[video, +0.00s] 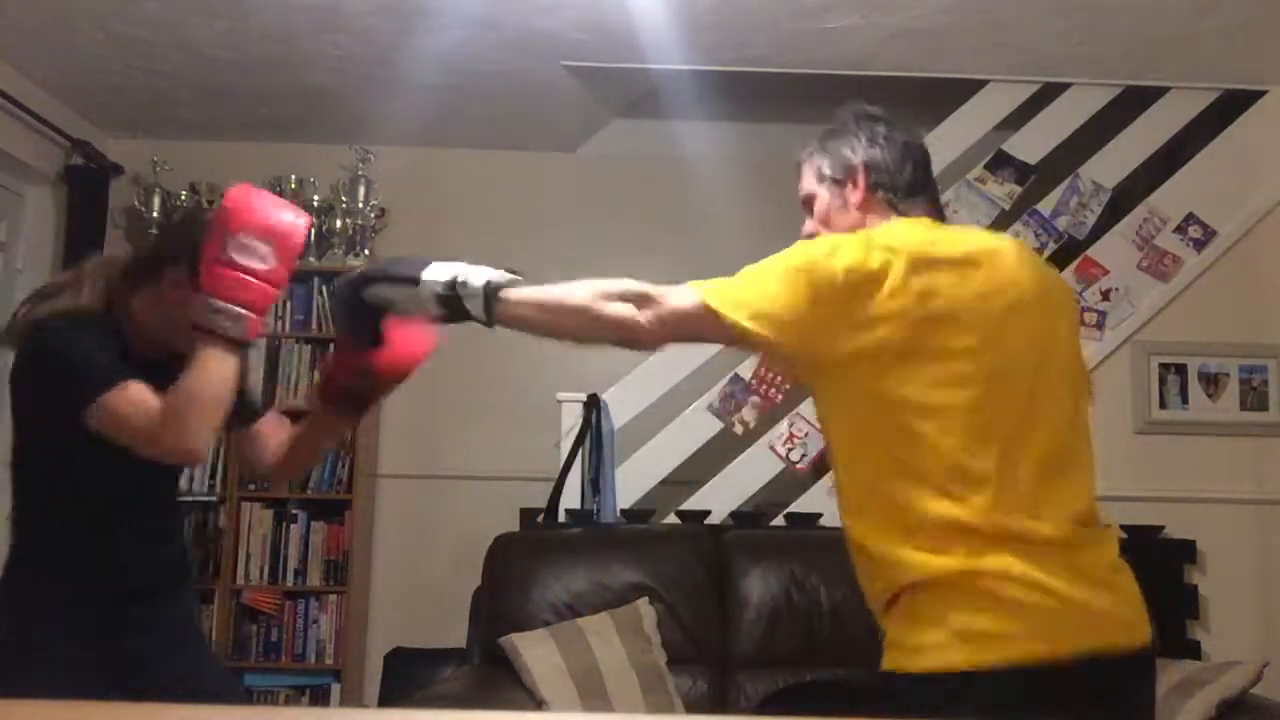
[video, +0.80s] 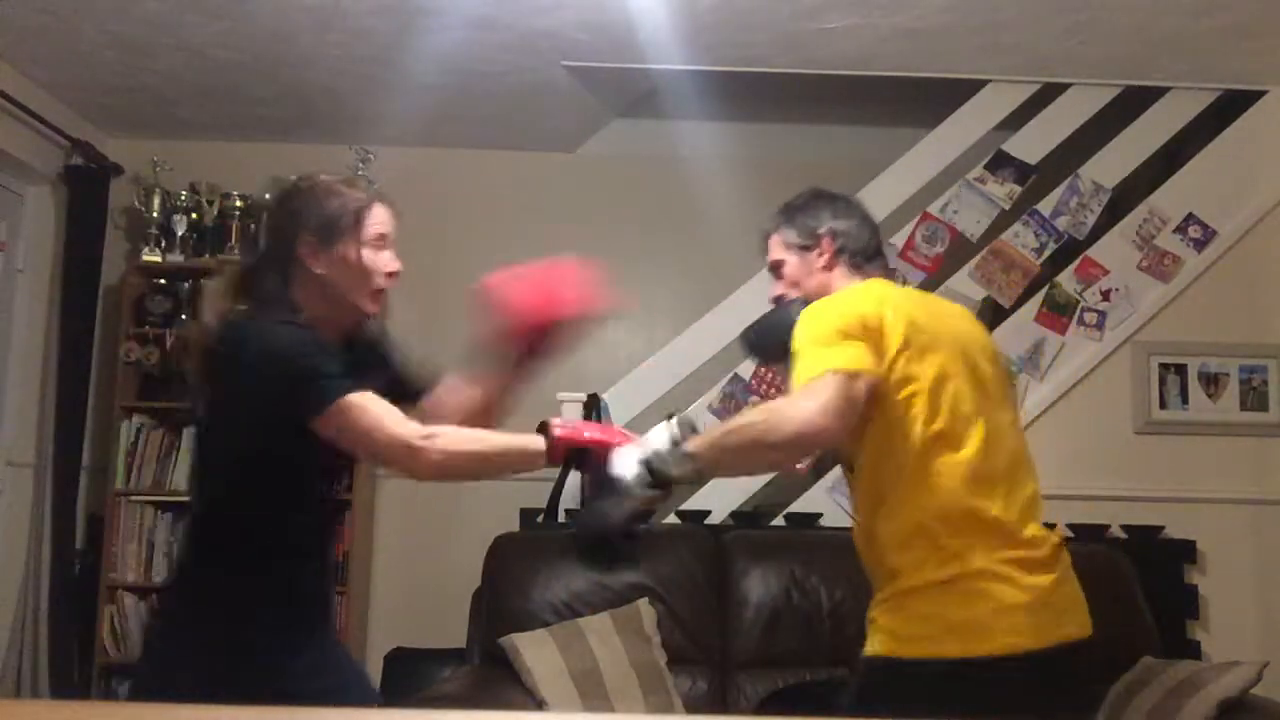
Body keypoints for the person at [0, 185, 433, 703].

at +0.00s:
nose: (213, 336)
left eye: (219, 324)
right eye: (205, 318)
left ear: (185, 291)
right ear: (173, 283)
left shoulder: (183, 352)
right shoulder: (60, 340)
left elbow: (277, 465)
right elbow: (182, 439)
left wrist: (348, 395)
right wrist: (234, 305)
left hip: (161, 633)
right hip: (57, 637)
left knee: (221, 709)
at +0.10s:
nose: (246, 335)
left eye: (254, 320)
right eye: (245, 315)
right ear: (213, 288)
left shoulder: (189, 364)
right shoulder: (87, 342)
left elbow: (214, 507)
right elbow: (190, 461)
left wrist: (287, 453)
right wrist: (244, 342)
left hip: (152, 623)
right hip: (55, 628)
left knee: (225, 708)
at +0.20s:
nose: (297, 327)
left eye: (301, 316)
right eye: (291, 309)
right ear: (258, 292)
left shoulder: (209, 381)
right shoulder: (155, 340)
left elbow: (199, 533)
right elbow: (193, 482)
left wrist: (276, 487)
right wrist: (268, 382)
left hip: (143, 618)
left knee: (226, 707)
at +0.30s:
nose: (343, 366)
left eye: (349, 350)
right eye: (341, 344)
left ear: (295, 328)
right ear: (301, 327)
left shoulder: (227, 378)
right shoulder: (227, 366)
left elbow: (217, 552)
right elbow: (221, 504)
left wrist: (308, 503)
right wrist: (335, 426)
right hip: (101, 639)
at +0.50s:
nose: (382, 309)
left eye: (384, 292)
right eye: (376, 287)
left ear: (329, 279)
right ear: (326, 275)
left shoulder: (270, 358)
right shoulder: (238, 335)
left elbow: (271, 514)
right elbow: (258, 484)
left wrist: (370, 465)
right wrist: (367, 404)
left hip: (204, 611)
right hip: (142, 617)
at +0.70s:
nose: (364, 278)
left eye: (368, 261)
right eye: (353, 256)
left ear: (298, 260)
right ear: (293, 254)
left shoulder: (277, 354)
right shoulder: (239, 335)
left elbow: (312, 511)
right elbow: (409, 409)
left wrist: (361, 426)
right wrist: (530, 345)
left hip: (247, 631)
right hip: (193, 639)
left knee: (331, 702)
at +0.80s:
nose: (396, 267)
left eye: (393, 247)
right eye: (379, 246)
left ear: (324, 259)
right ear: (315, 255)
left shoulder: (350, 347)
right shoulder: (270, 347)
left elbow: (444, 420)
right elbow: (418, 451)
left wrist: (520, 360)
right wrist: (554, 446)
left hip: (299, 640)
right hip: (218, 647)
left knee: (374, 714)